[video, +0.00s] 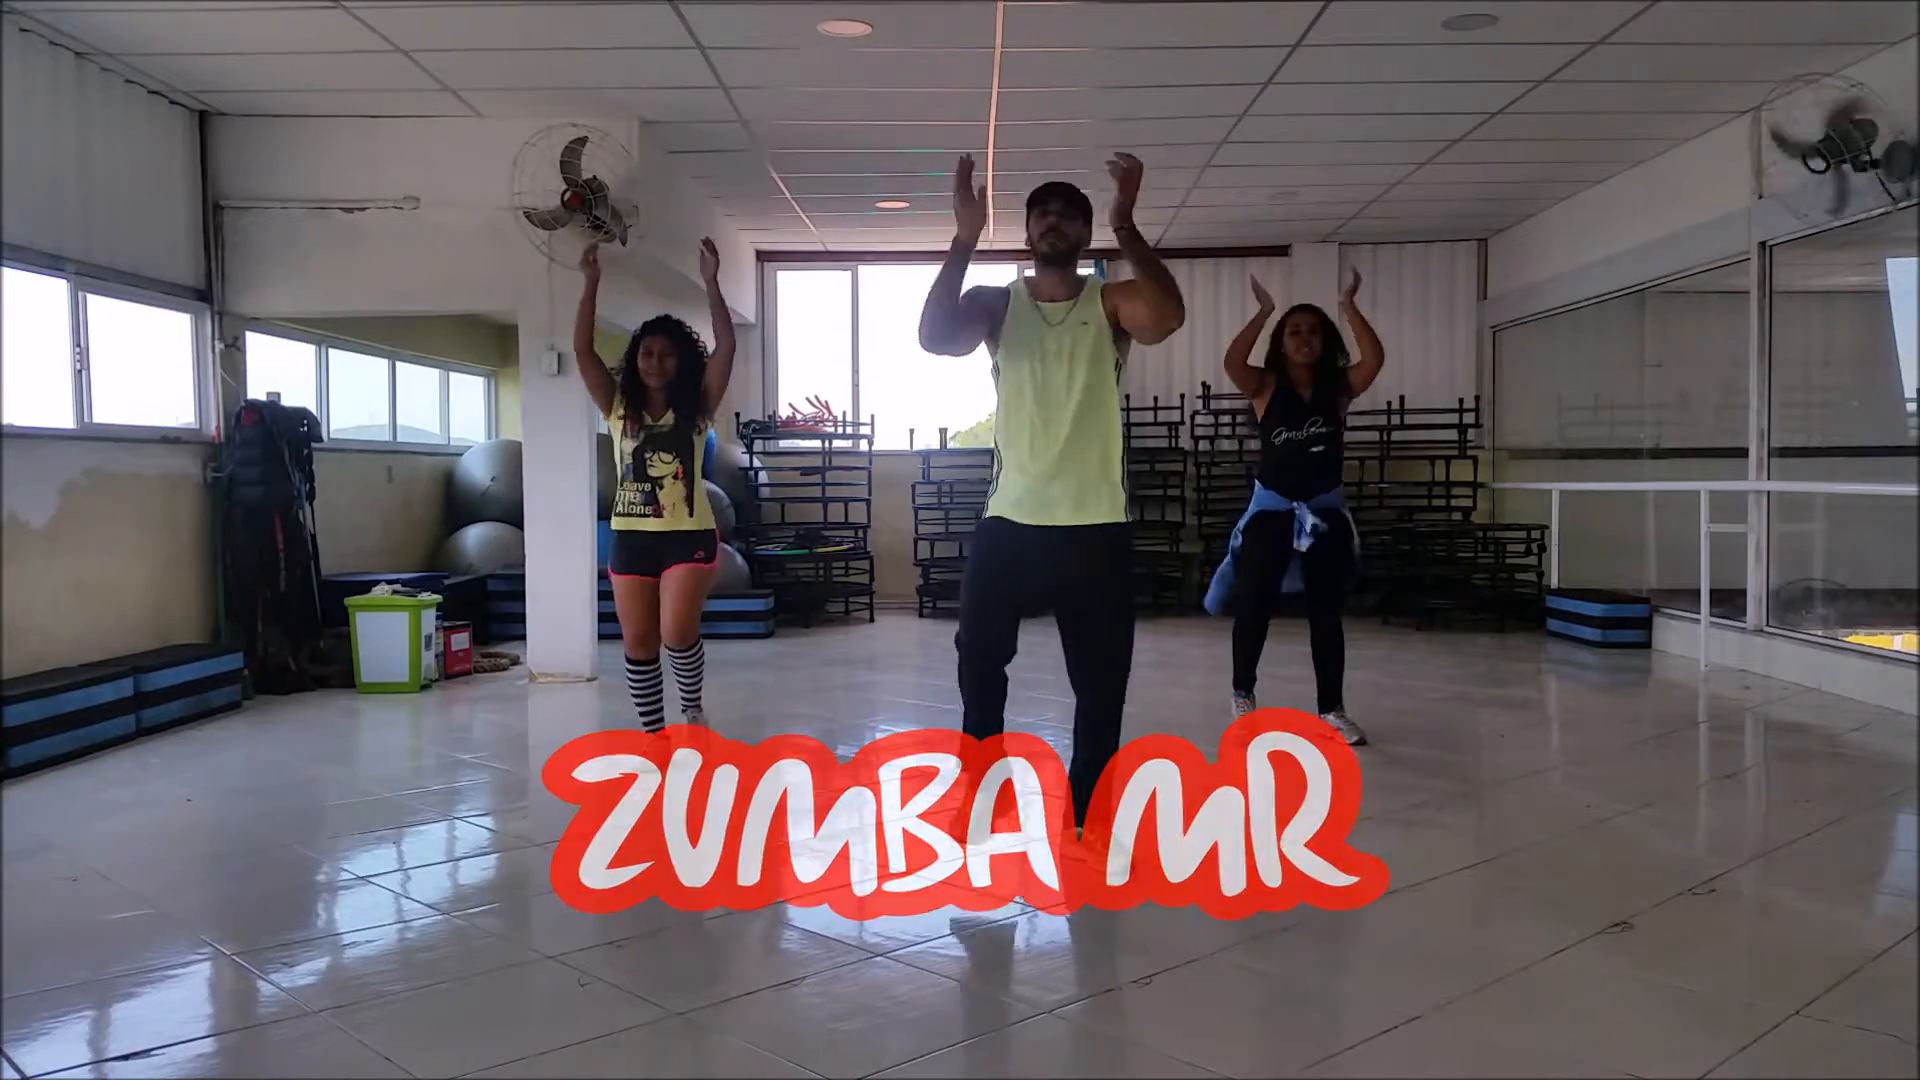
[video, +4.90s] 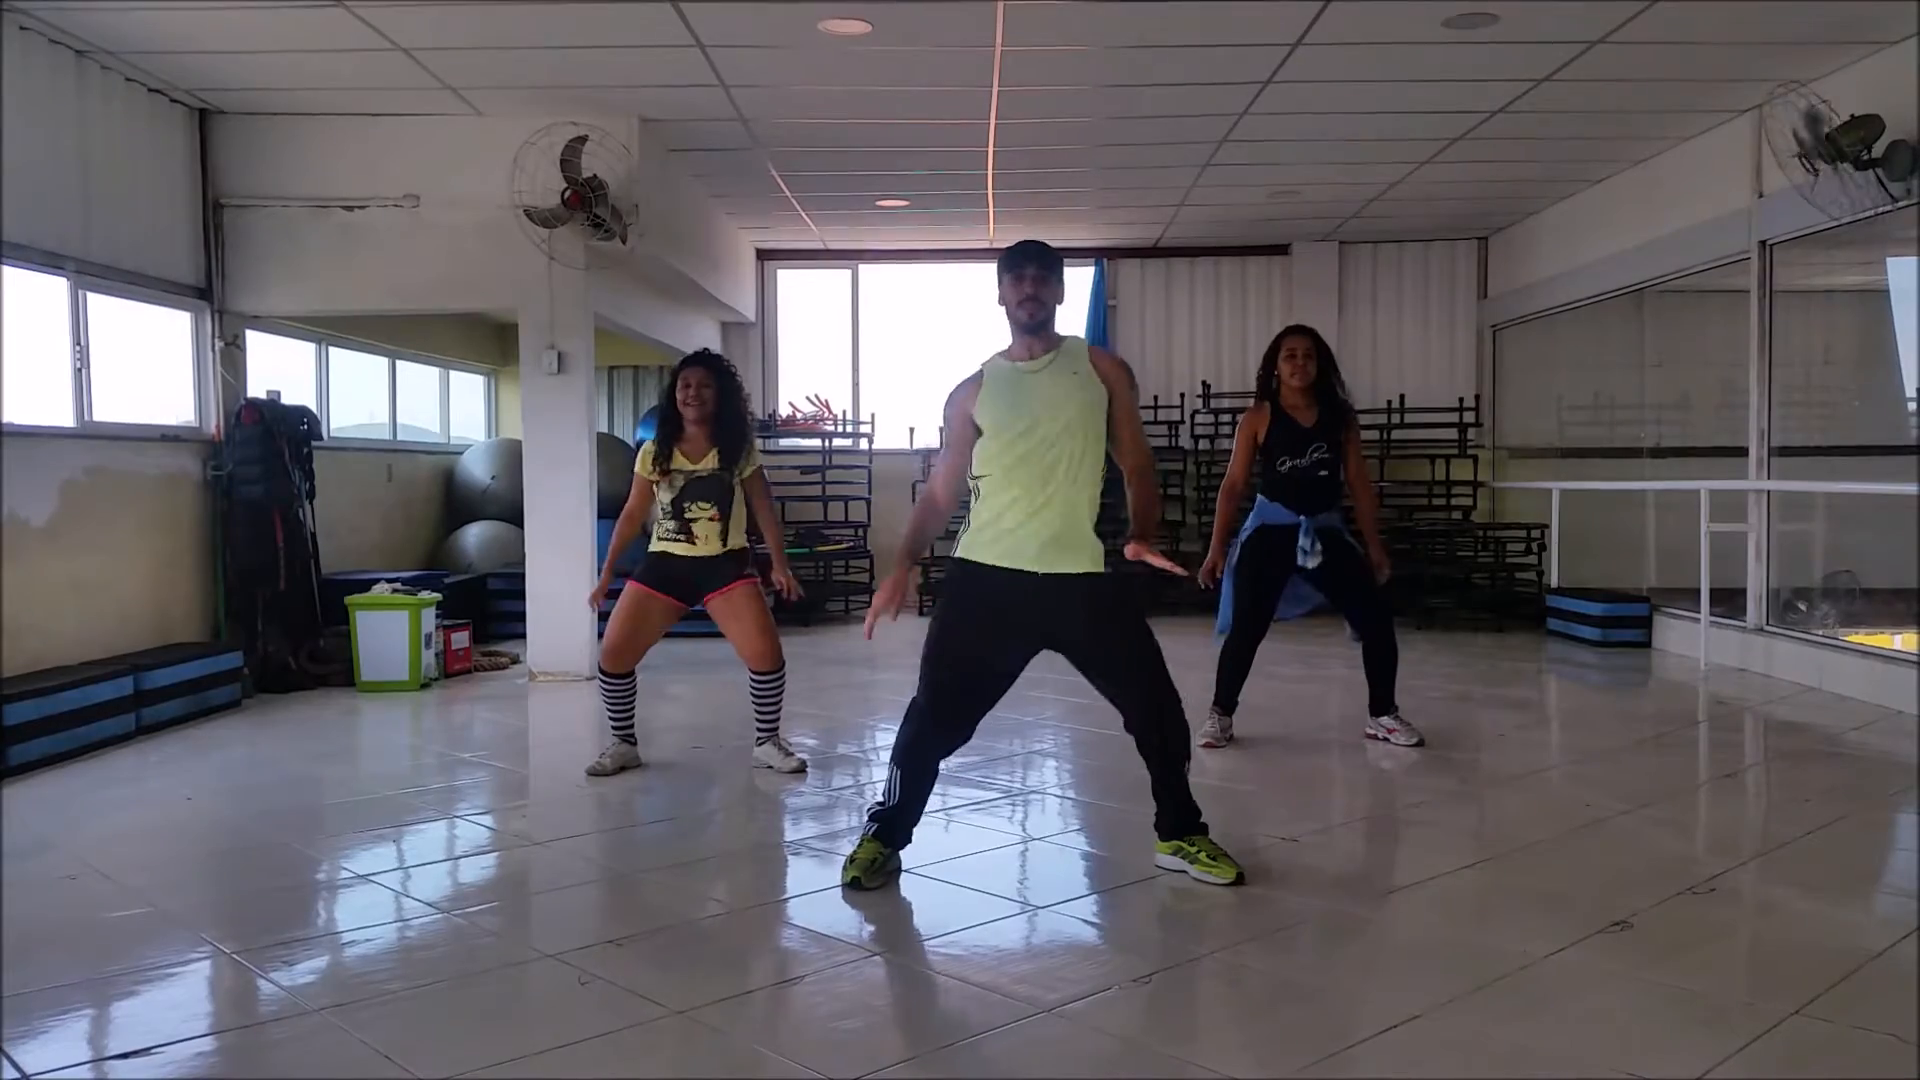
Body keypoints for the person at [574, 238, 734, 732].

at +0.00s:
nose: (655, 362)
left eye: (666, 355)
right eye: (647, 353)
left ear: (682, 363)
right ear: (635, 360)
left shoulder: (697, 407)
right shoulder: (617, 406)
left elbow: (725, 345)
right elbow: (584, 349)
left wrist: (711, 284)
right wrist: (590, 283)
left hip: (688, 541)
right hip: (631, 542)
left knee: (678, 634)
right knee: (638, 644)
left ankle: (692, 720)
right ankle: (654, 739)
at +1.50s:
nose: (664, 359)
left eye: (674, 351)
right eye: (656, 351)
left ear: (691, 360)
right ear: (645, 358)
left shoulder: (711, 412)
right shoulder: (628, 410)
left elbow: (763, 408)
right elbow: (564, 410)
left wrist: (726, 355)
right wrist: (588, 352)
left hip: (696, 540)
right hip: (637, 538)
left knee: (689, 641)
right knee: (620, 640)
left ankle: (688, 739)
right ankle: (626, 740)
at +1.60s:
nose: (662, 361)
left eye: (673, 353)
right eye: (654, 353)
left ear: (691, 362)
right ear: (645, 360)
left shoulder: (706, 418)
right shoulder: (629, 413)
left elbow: (756, 468)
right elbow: (580, 466)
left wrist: (737, 438)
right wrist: (574, 448)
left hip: (695, 541)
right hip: (636, 539)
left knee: (688, 642)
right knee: (623, 643)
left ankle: (688, 739)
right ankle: (625, 744)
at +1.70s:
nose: (661, 366)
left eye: (672, 358)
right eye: (653, 358)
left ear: (690, 367)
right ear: (642, 366)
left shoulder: (706, 423)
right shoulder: (625, 418)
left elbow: (729, 479)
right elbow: (595, 477)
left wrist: (736, 497)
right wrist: (575, 515)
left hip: (693, 547)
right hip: (634, 545)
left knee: (687, 648)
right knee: (614, 645)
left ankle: (687, 740)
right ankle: (625, 745)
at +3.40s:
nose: (687, 378)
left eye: (698, 371)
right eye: (680, 371)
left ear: (716, 380)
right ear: (670, 380)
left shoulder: (737, 437)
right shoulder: (655, 434)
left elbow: (756, 499)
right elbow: (634, 490)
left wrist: (755, 550)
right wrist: (596, 521)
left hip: (723, 563)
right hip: (658, 562)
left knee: (770, 649)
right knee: (616, 651)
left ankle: (767, 744)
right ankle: (624, 745)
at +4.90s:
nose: (692, 394)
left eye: (702, 387)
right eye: (684, 386)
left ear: (720, 395)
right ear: (675, 393)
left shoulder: (739, 449)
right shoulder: (655, 451)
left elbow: (762, 507)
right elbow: (632, 515)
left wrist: (779, 563)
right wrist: (607, 574)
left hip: (726, 569)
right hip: (664, 568)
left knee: (766, 653)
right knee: (614, 651)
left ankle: (768, 744)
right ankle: (623, 745)